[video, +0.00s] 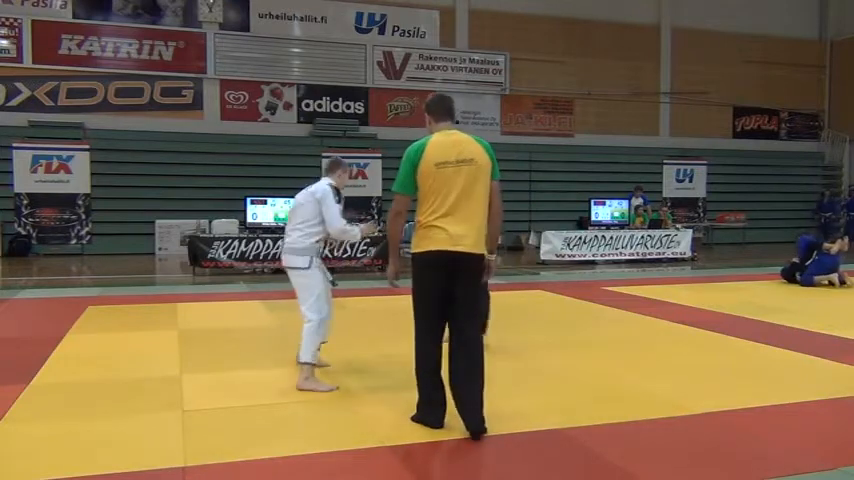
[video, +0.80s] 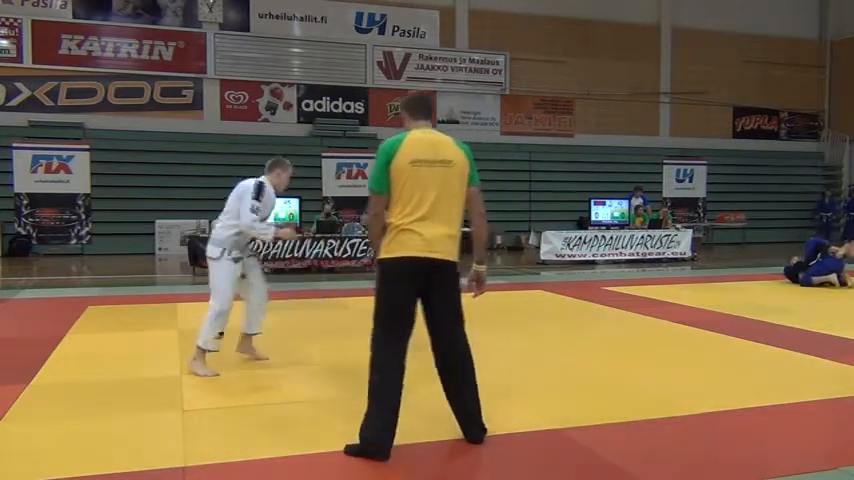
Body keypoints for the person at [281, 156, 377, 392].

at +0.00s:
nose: (349, 181)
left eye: (349, 176)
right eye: (348, 176)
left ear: (330, 172)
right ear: (341, 173)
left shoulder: (319, 189)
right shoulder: (326, 190)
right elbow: (336, 229)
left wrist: (357, 230)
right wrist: (361, 231)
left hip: (305, 256)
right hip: (301, 257)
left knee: (323, 306)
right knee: (316, 312)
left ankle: (309, 353)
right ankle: (306, 376)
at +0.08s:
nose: (344, 185)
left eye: (344, 180)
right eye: (344, 180)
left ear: (326, 176)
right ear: (336, 177)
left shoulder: (316, 195)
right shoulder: (318, 195)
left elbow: (324, 232)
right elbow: (326, 234)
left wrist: (347, 235)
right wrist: (355, 242)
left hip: (299, 259)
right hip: (294, 260)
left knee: (318, 307)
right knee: (314, 313)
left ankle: (307, 355)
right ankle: (306, 375)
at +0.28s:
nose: (332, 191)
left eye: (333, 187)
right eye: (332, 186)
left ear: (320, 183)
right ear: (323, 183)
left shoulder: (315, 204)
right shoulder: (303, 196)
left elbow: (307, 237)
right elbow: (292, 234)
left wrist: (337, 228)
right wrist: (320, 252)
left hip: (288, 258)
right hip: (271, 257)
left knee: (307, 302)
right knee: (289, 307)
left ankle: (303, 354)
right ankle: (276, 371)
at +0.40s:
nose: (320, 184)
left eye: (320, 179)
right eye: (318, 179)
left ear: (306, 176)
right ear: (309, 177)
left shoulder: (299, 197)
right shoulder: (290, 191)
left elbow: (286, 232)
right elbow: (283, 229)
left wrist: (314, 238)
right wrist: (313, 240)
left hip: (272, 257)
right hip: (258, 255)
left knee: (291, 300)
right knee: (269, 304)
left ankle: (301, 354)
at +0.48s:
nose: (308, 184)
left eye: (309, 179)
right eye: (307, 178)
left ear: (295, 176)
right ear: (296, 176)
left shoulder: (289, 196)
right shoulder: (277, 191)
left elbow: (281, 229)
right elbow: (280, 228)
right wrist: (312, 235)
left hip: (268, 260)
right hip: (252, 259)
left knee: (285, 303)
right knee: (246, 310)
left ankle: (300, 354)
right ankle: (205, 351)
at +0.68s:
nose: (289, 183)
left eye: (290, 178)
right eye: (288, 178)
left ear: (276, 174)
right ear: (277, 174)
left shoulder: (269, 196)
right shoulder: (254, 191)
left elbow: (262, 229)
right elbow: (259, 229)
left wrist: (291, 233)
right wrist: (292, 233)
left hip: (251, 257)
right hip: (230, 257)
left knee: (275, 294)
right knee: (223, 308)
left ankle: (280, 348)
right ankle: (197, 360)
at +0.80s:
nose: (288, 181)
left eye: (289, 177)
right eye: (288, 176)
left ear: (275, 172)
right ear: (278, 173)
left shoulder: (269, 196)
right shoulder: (253, 186)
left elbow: (255, 225)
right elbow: (247, 224)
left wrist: (279, 230)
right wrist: (277, 233)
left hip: (245, 251)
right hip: (223, 250)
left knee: (258, 294)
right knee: (221, 303)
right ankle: (198, 358)